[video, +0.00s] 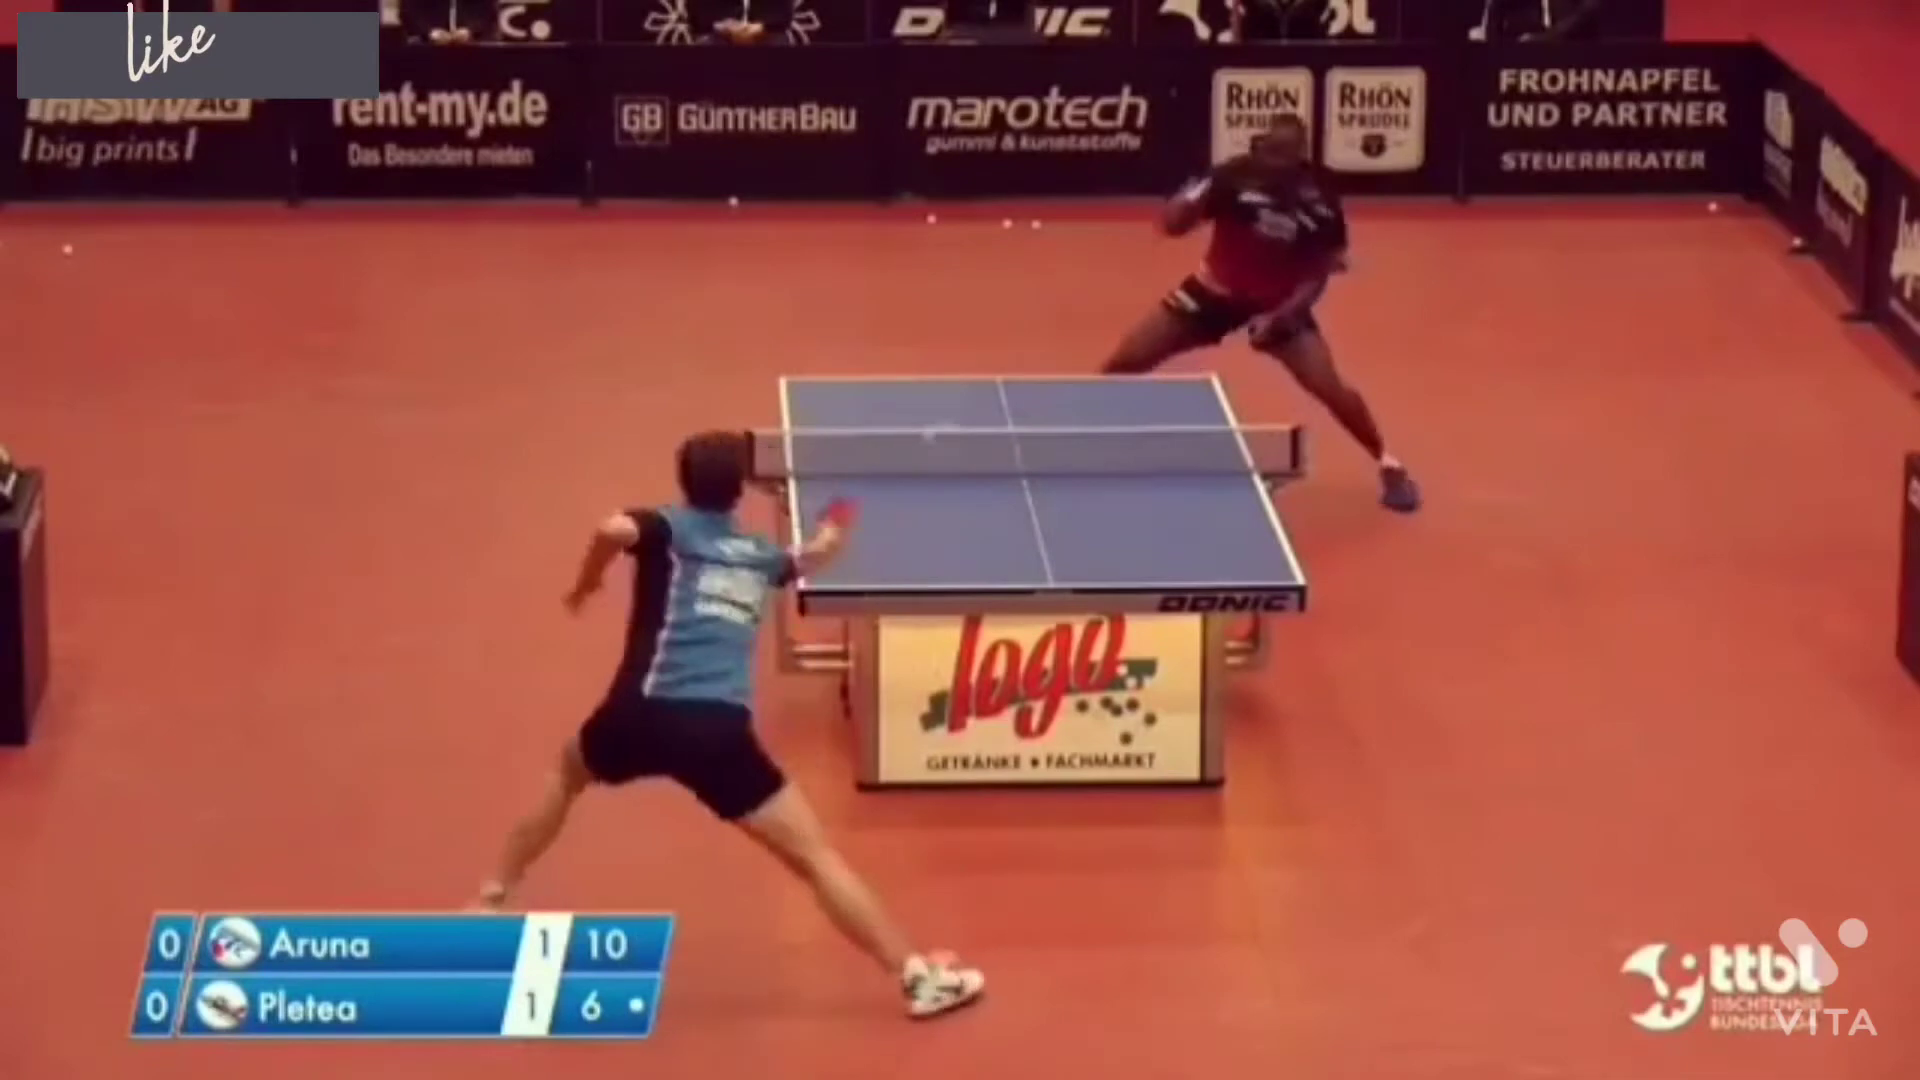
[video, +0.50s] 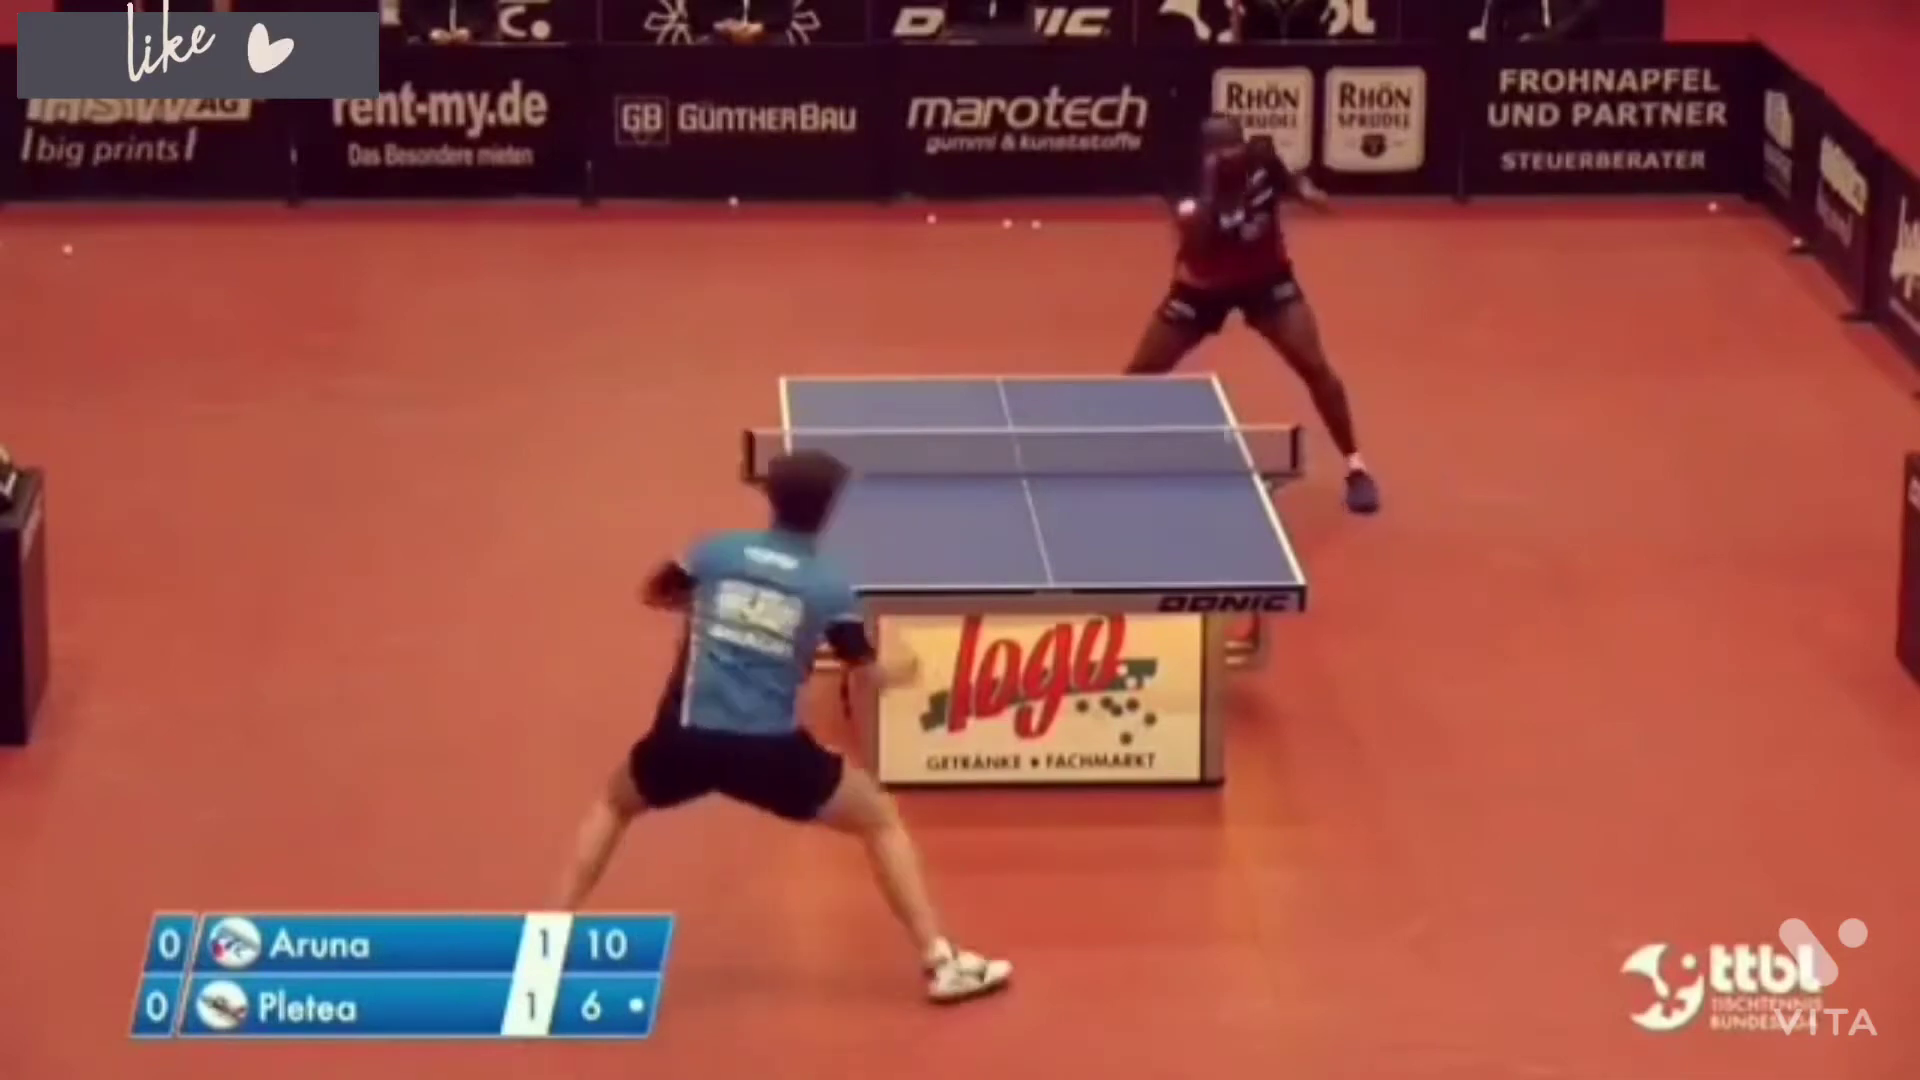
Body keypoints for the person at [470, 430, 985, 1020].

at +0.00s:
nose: (743, 488)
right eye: (744, 479)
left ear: (686, 483)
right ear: (740, 490)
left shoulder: (666, 525)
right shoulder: (762, 553)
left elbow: (610, 532)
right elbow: (805, 563)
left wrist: (585, 585)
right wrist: (831, 539)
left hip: (638, 718)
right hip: (719, 732)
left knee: (567, 779)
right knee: (816, 858)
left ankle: (497, 889)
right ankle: (916, 973)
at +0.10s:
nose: (694, 484)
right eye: (696, 474)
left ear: (640, 481)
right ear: (697, 486)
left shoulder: (621, 532)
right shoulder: (723, 554)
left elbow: (581, 575)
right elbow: (776, 603)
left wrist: (545, 638)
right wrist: (781, 574)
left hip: (612, 733)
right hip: (693, 740)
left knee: (525, 819)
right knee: (790, 853)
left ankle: (446, 929)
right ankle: (885, 975)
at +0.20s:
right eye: (680, 484)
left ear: (626, 493)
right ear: (683, 498)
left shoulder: (594, 559)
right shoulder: (711, 572)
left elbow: (522, 601)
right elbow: (777, 633)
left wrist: (529, 657)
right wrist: (789, 593)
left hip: (597, 744)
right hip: (684, 751)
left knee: (512, 809)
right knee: (782, 838)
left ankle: (440, 929)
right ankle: (849, 962)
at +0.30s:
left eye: (669, 467)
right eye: (710, 470)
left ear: (656, 478)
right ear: (715, 482)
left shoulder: (617, 541)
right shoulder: (741, 557)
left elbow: (545, 579)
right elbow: (795, 619)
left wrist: (563, 618)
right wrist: (812, 591)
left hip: (617, 730)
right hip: (708, 734)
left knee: (526, 807)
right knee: (816, 816)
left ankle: (446, 925)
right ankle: (870, 946)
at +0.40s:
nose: (787, 480)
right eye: (785, 471)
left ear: (720, 474)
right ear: (779, 480)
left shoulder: (678, 529)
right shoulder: (790, 553)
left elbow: (599, 573)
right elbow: (850, 617)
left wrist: (634, 599)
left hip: (658, 720)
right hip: (741, 728)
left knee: (578, 780)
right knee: (849, 829)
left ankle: (523, 905)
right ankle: (933, 960)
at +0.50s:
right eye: (827, 499)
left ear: (772, 499)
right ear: (825, 511)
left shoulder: (721, 554)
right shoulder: (828, 581)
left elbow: (655, 591)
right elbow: (860, 664)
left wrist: (718, 602)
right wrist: (897, 670)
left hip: (688, 743)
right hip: (769, 752)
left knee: (614, 806)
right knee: (880, 821)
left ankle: (554, 928)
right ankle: (941, 960)